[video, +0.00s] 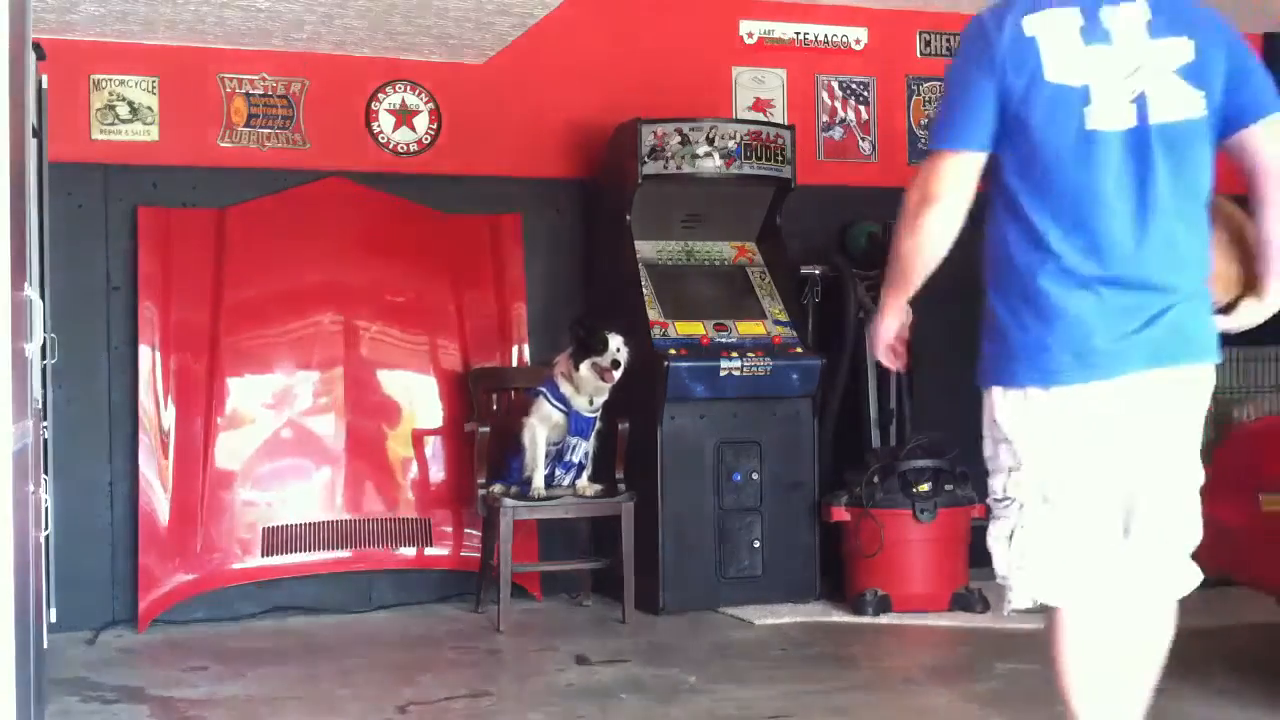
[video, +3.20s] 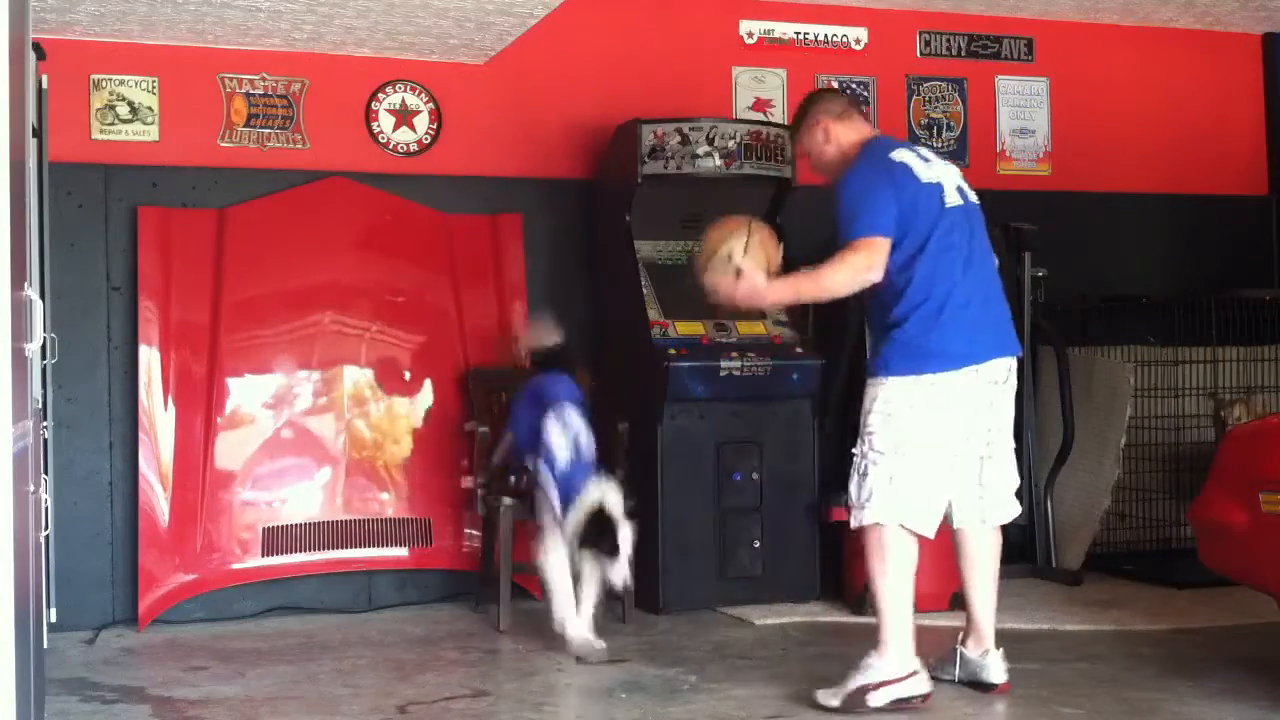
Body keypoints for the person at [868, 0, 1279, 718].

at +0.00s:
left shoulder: (1005, 29)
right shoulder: (1202, 26)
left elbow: (942, 191)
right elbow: (1269, 169)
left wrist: (895, 297)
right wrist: (1267, 287)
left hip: (1052, 356)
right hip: (1176, 346)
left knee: (1081, 587)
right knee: (1155, 580)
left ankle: (1093, 710)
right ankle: (1123, 710)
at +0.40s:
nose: (984, 8)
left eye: (985, 4)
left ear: (1000, 1)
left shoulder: (971, 65)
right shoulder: (1145, 72)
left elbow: (925, 201)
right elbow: (1210, 204)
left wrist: (893, 332)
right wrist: (1181, 300)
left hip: (987, 361)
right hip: (1107, 356)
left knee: (964, 537)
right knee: (1090, 557)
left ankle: (1038, 694)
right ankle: (1070, 709)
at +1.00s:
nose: (876, 47)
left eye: (877, 33)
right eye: (879, 33)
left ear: (891, 32)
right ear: (957, 29)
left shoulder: (873, 117)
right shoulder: (1028, 107)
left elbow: (843, 240)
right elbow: (1091, 226)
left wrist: (816, 349)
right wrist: (1073, 303)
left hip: (904, 371)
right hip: (1005, 364)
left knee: (908, 539)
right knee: (1004, 526)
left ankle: (925, 702)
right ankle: (1036, 657)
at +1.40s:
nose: (843, 72)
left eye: (844, 61)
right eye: (846, 62)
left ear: (854, 59)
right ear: (919, 58)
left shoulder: (839, 134)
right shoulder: (979, 134)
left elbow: (795, 264)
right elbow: (1025, 253)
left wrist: (789, 319)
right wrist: (1004, 327)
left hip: (871, 368)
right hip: (957, 362)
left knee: (892, 533)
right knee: (943, 529)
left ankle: (927, 697)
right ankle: (914, 664)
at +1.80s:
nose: (839, 89)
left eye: (839, 78)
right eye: (843, 78)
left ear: (850, 75)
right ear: (907, 74)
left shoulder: (841, 138)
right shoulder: (962, 148)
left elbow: (798, 255)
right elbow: (972, 263)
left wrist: (767, 282)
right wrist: (895, 262)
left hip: (851, 366)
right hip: (937, 365)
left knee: (817, 503)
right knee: (924, 512)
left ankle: (880, 638)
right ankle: (912, 670)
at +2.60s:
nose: (749, 159)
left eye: (746, 148)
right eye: (746, 150)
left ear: (759, 130)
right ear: (801, 118)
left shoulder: (784, 173)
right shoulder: (868, 162)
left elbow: (781, 285)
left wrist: (767, 390)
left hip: (853, 366)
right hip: (935, 356)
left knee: (833, 522)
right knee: (924, 514)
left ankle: (843, 674)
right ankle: (957, 660)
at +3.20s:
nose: (814, 170)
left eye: (809, 155)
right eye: (808, 159)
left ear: (828, 130)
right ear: (856, 122)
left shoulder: (870, 169)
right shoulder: (932, 161)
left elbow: (866, 262)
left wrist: (768, 291)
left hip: (921, 362)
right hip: (990, 353)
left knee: (884, 507)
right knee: (979, 506)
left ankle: (895, 657)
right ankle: (981, 649)